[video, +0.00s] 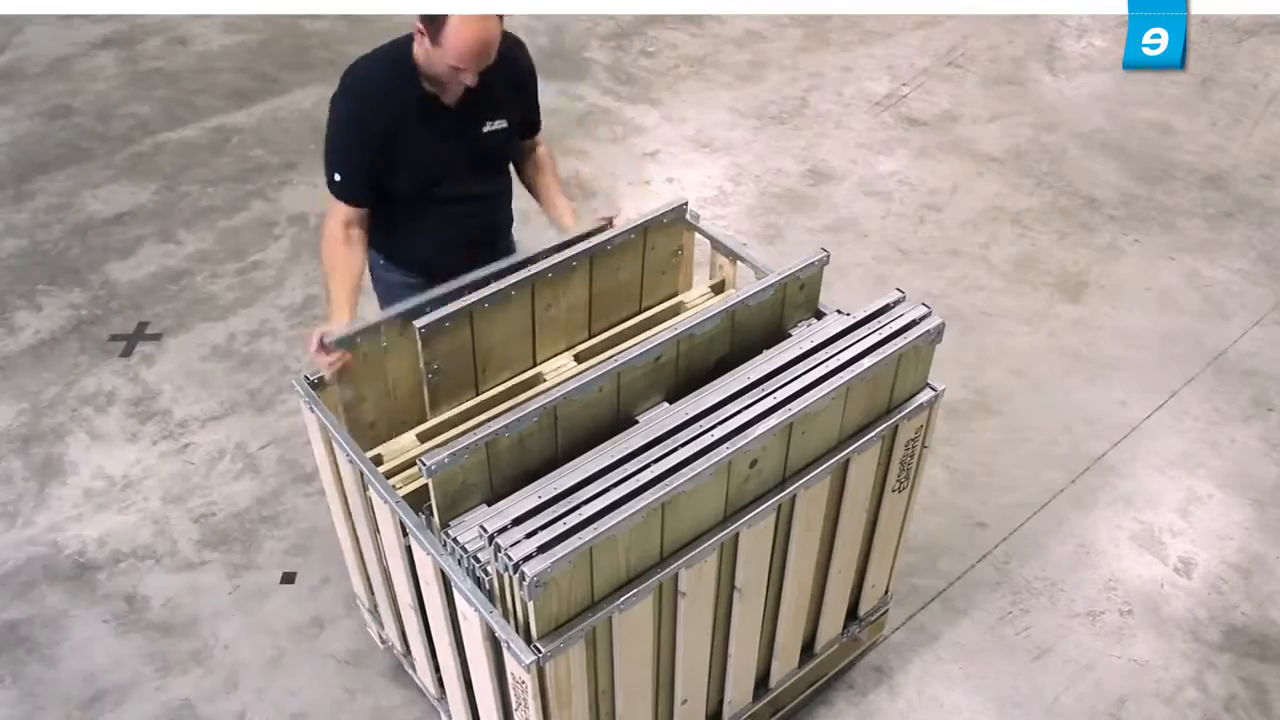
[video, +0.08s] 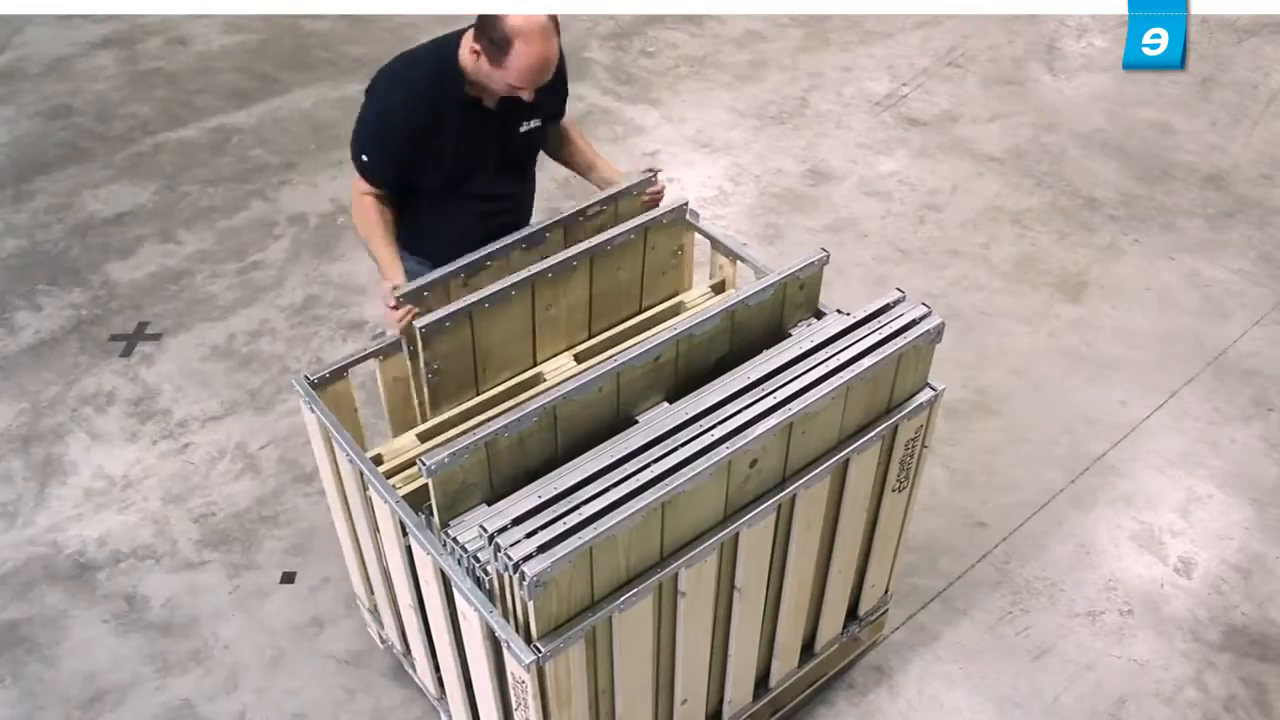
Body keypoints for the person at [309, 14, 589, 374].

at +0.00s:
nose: (471, 82)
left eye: (482, 69)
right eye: (456, 70)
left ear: (494, 45)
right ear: (420, 37)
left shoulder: (509, 62)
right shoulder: (366, 91)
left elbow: (530, 150)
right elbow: (346, 224)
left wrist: (572, 229)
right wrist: (340, 322)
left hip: (493, 255)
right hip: (410, 274)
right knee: (436, 390)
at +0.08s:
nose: (528, 98)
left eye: (538, 83)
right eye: (515, 87)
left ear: (550, 53)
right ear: (474, 52)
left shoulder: (545, 61)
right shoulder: (401, 92)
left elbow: (550, 130)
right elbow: (368, 195)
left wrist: (619, 185)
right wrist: (396, 279)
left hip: (510, 248)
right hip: (430, 265)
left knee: (517, 362)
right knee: (449, 380)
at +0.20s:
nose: (550, 82)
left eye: (555, 69)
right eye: (539, 76)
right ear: (491, 62)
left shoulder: (550, 67)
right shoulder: (408, 87)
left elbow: (571, 144)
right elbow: (378, 212)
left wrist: (645, 196)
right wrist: (388, 304)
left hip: (511, 255)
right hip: (430, 268)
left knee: (529, 381)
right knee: (451, 395)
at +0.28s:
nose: (547, 166)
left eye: (557, 155)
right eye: (534, 158)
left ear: (567, 116)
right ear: (495, 124)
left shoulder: (560, 110)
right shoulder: (427, 146)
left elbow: (572, 169)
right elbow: (376, 242)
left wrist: (642, 208)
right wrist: (398, 324)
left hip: (502, 238)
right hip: (430, 255)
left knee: (525, 346)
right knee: (452, 366)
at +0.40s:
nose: (440, 53)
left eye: (451, 39)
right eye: (428, 41)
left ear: (485, 14)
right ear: (415, 26)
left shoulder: (531, 37)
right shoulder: (392, 65)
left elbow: (596, 109)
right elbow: (319, 179)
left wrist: (654, 101)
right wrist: (353, 190)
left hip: (541, 216)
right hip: (442, 237)